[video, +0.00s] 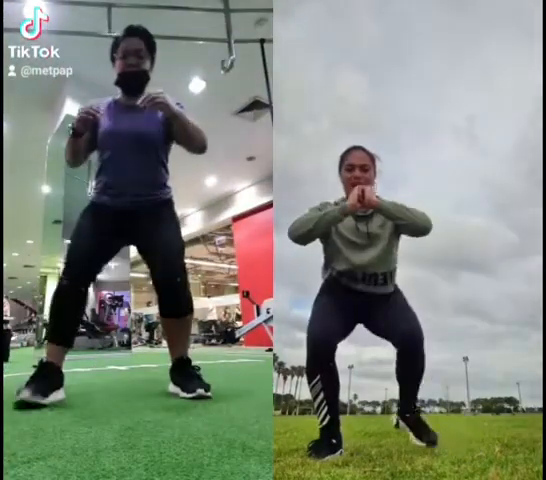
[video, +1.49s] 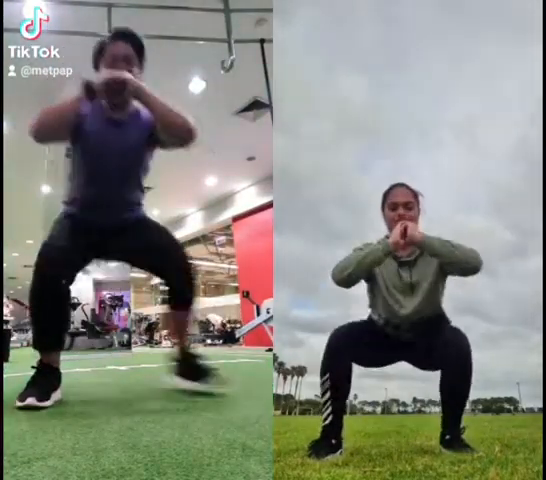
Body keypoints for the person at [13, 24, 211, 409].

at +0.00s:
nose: (130, 62)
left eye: (138, 55)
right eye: (123, 56)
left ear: (152, 63)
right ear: (113, 64)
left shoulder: (163, 109)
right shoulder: (100, 111)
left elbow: (198, 144)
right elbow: (73, 160)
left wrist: (171, 110)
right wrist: (78, 134)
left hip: (155, 208)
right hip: (104, 208)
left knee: (173, 280)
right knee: (72, 278)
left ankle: (182, 367)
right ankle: (51, 370)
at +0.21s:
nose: (114, 41)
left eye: (122, 35)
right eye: (107, 35)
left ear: (134, 42)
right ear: (94, 40)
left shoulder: (146, 87)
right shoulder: (80, 86)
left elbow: (186, 117)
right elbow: (43, 114)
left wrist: (152, 72)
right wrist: (77, 71)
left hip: (137, 192)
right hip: (87, 192)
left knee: (162, 275)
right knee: (62, 276)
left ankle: (183, 366)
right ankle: (48, 370)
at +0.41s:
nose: (92, 34)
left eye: (100, 28)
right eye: (84, 27)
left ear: (112, 35)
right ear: (71, 33)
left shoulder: (123, 80)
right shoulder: (57, 79)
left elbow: (165, 103)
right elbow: (15, 92)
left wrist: (125, 59)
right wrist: (64, 59)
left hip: (114, 191)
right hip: (64, 191)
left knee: (133, 273)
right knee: (52, 277)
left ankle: (139, 352)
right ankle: (48, 371)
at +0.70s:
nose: (79, 79)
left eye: (88, 72)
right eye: (72, 71)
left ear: (103, 79)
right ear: (61, 75)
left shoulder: (110, 119)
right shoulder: (48, 121)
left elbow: (129, 154)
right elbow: (10, 152)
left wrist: (91, 109)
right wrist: (43, 108)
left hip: (98, 227)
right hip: (51, 223)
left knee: (96, 305)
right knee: (43, 277)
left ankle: (86, 348)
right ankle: (48, 368)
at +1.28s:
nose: (87, 71)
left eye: (96, 64)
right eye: (80, 63)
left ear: (108, 72)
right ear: (66, 69)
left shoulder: (116, 115)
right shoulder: (53, 115)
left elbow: (144, 136)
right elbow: (10, 136)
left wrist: (99, 96)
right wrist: (46, 95)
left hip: (109, 224)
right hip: (63, 219)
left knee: (111, 308)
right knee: (57, 286)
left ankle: (96, 346)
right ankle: (49, 369)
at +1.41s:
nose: (105, 62)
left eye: (114, 54)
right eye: (98, 53)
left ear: (126, 62)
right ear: (84, 60)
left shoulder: (135, 110)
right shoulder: (70, 103)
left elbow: (171, 126)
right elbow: (25, 122)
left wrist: (126, 82)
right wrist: (72, 80)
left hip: (120, 217)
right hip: (72, 214)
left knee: (160, 280)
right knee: (53, 279)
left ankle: (141, 344)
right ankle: (48, 371)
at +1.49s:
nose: (119, 72)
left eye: (128, 64)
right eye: (111, 64)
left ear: (139, 73)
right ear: (97, 71)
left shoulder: (146, 120)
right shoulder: (81, 114)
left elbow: (185, 134)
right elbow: (39, 132)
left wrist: (140, 91)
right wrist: (82, 99)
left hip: (130, 224)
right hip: (80, 224)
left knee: (180, 267)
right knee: (48, 271)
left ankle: (184, 356)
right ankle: (47, 371)